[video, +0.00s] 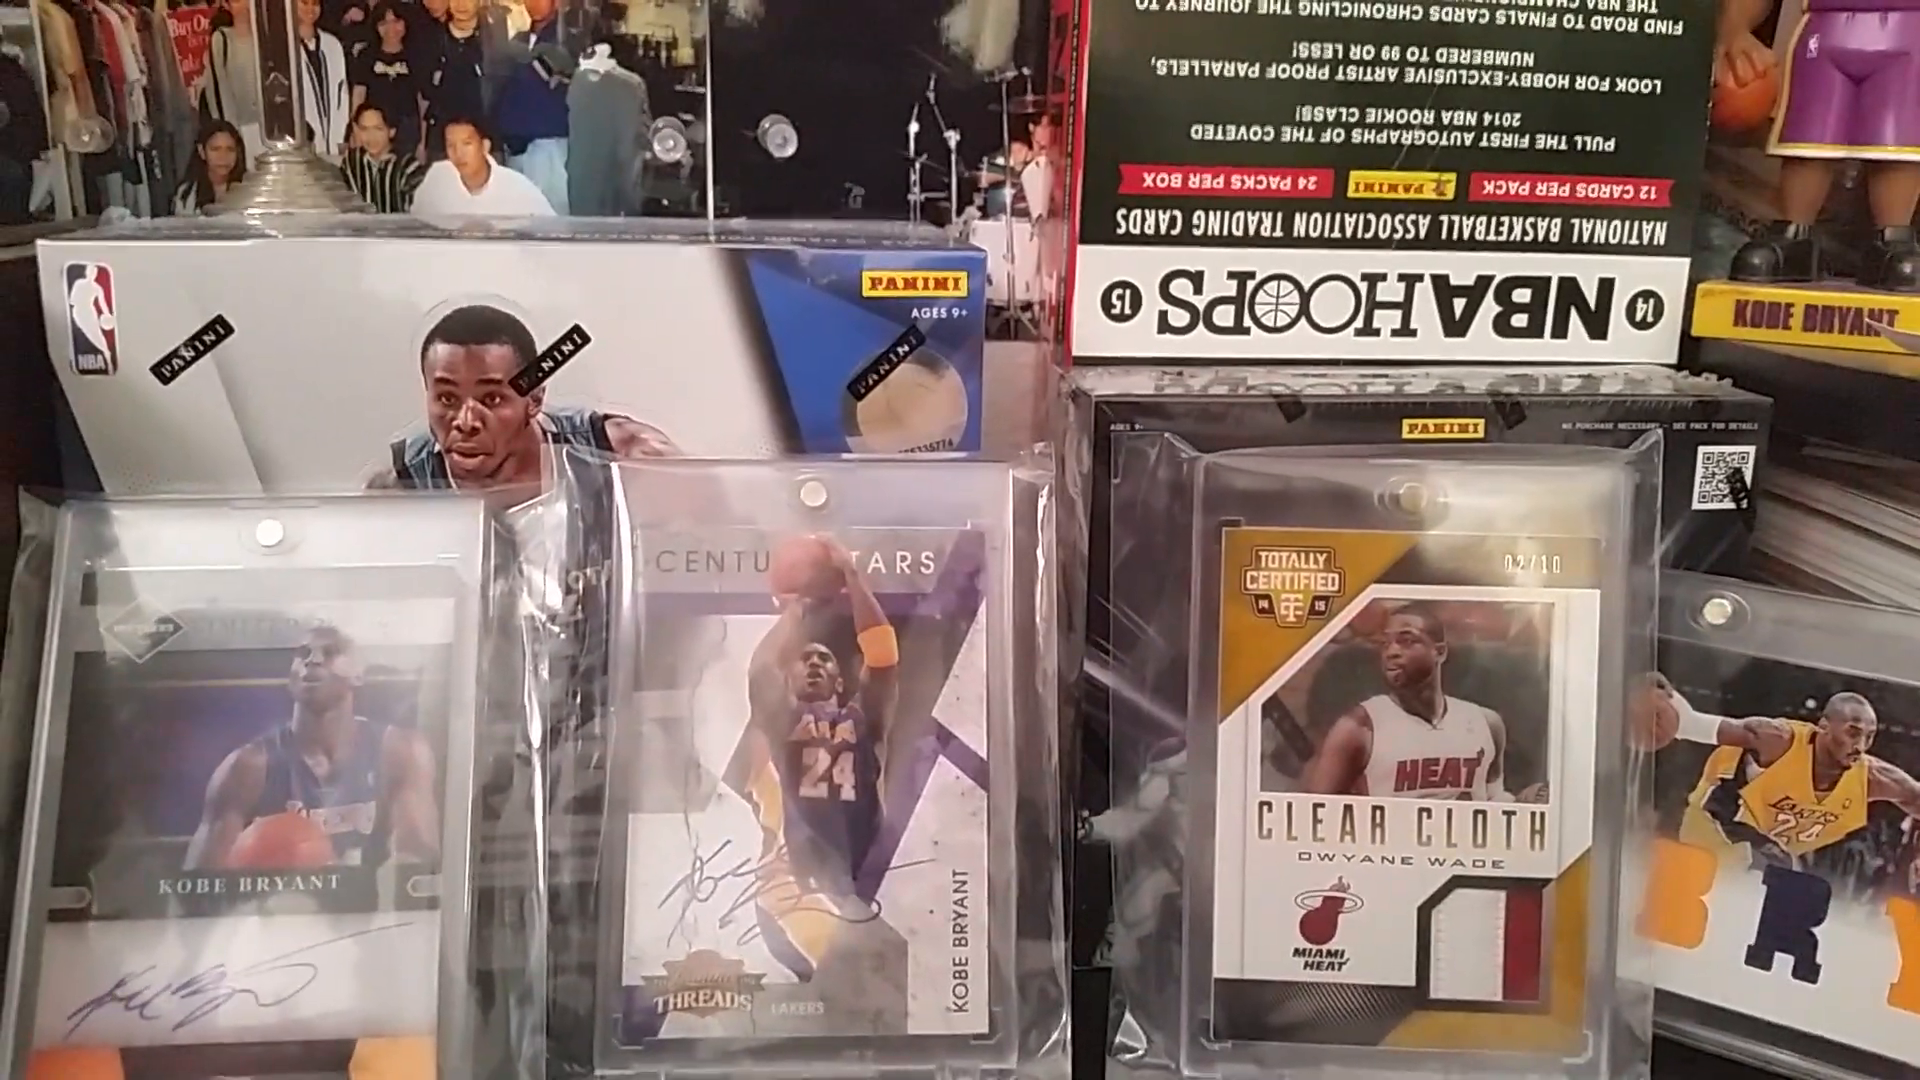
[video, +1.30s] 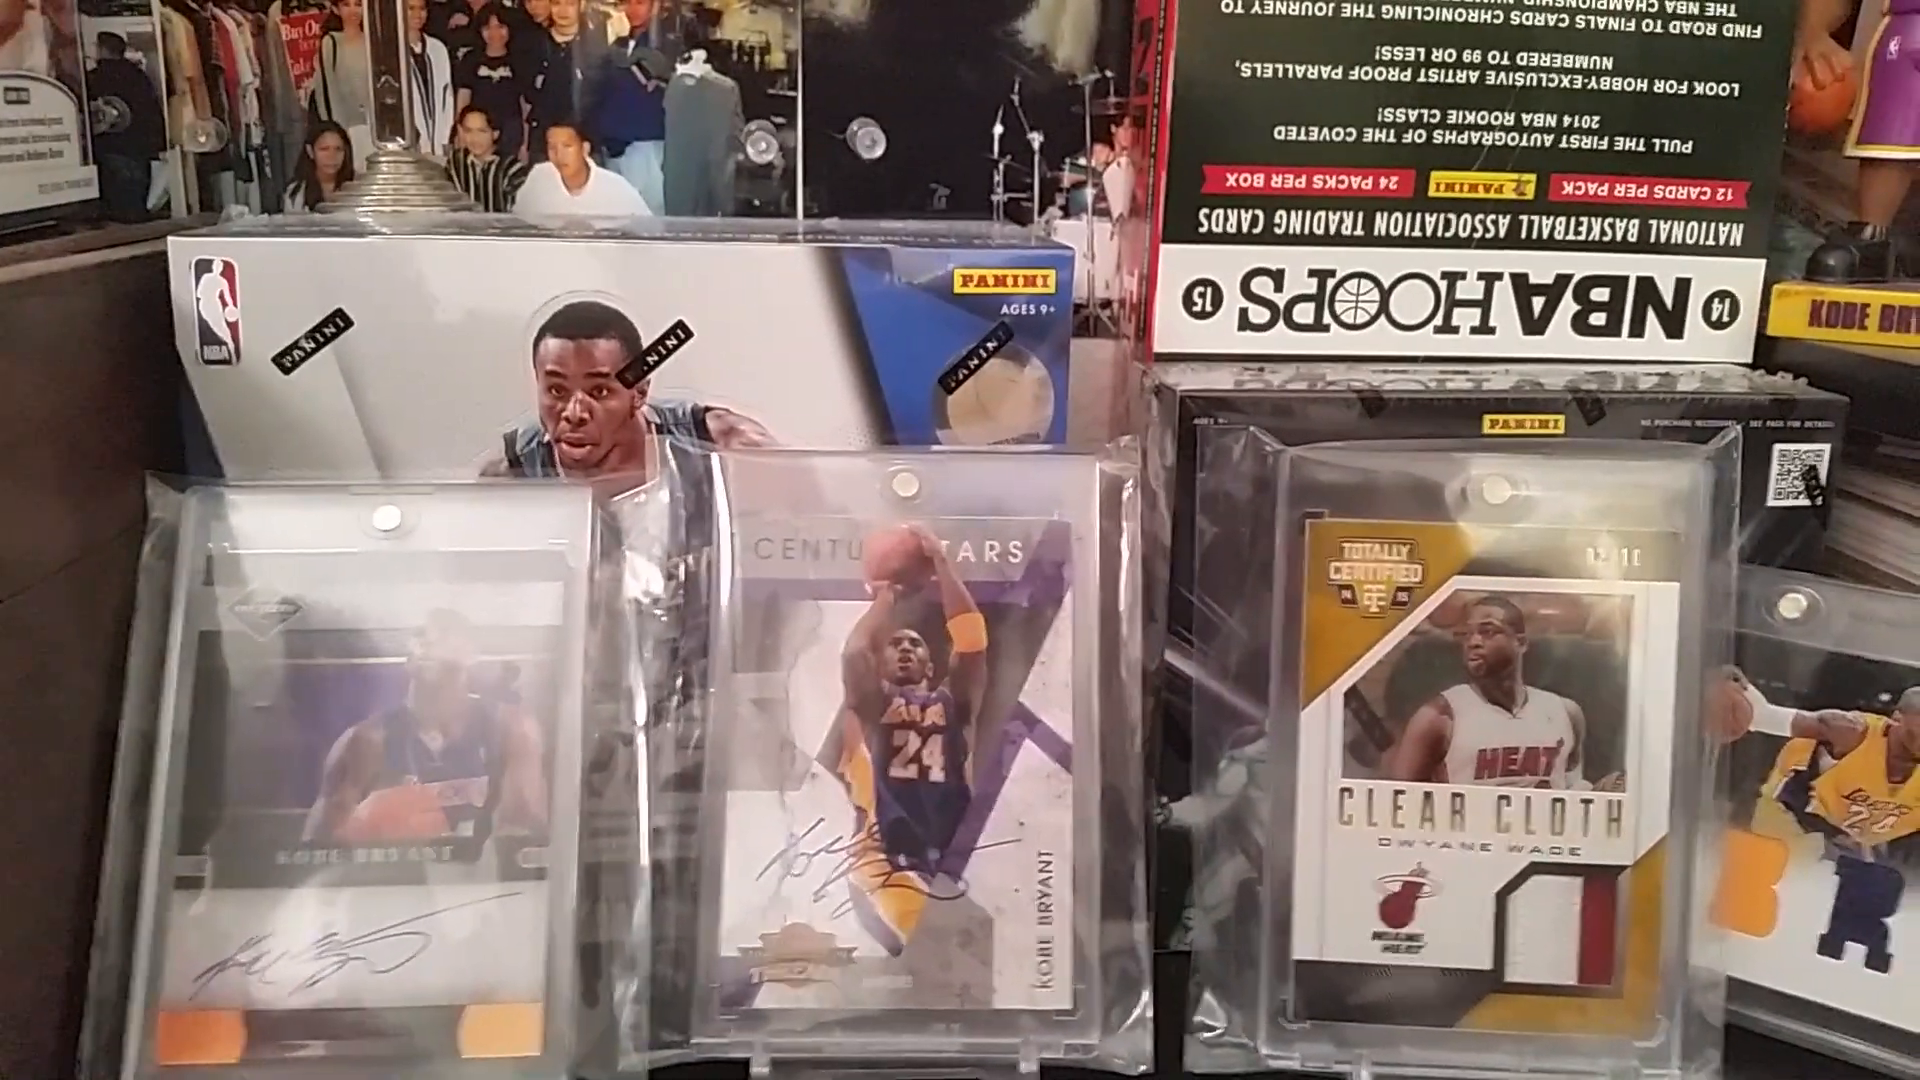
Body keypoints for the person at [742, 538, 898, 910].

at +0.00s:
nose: (814, 665)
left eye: (824, 660)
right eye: (804, 659)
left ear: (839, 680)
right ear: (789, 674)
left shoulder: (863, 721)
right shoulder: (781, 724)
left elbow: (882, 655)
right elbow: (763, 667)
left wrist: (852, 574)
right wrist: (798, 605)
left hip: (848, 888)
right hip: (789, 884)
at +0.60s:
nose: (845, 658)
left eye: (855, 652)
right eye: (834, 653)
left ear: (871, 670)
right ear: (817, 672)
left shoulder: (896, 712)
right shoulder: (809, 715)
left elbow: (911, 647)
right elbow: (794, 662)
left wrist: (883, 568)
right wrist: (825, 604)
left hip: (886, 868)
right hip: (823, 868)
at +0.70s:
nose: (856, 658)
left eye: (867, 651)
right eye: (846, 651)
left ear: (882, 665)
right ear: (828, 662)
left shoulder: (901, 703)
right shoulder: (822, 708)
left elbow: (922, 643)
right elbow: (810, 657)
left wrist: (894, 576)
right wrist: (834, 604)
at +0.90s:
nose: (895, 651)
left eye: (905, 645)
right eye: (884, 645)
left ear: (921, 662)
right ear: (866, 662)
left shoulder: (943, 707)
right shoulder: (858, 708)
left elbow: (960, 641)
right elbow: (844, 654)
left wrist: (930, 561)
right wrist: (876, 597)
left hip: (937, 859)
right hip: (871, 860)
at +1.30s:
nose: (905, 649)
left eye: (915, 643)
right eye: (893, 644)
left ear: (931, 659)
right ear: (877, 661)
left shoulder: (954, 702)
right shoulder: (874, 703)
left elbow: (970, 637)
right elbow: (854, 653)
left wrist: (942, 563)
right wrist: (885, 596)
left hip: (951, 852)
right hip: (890, 857)